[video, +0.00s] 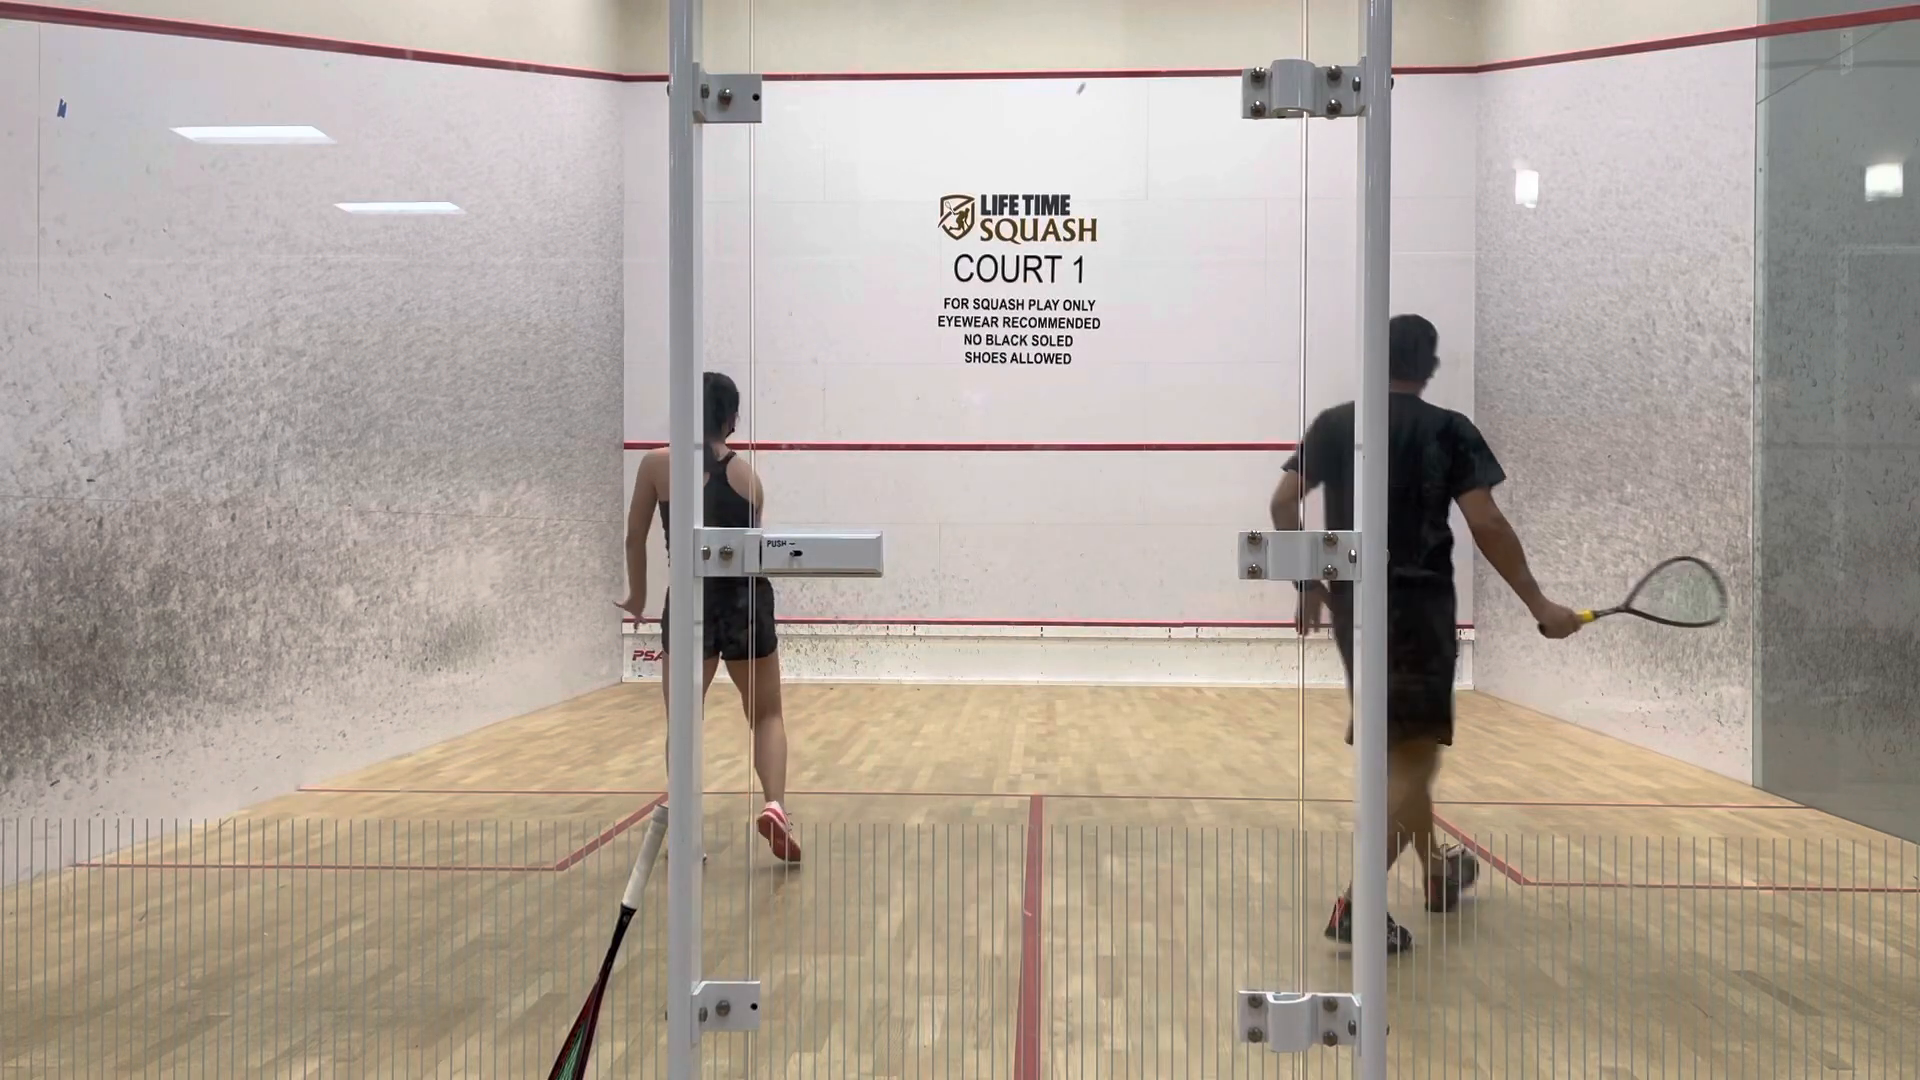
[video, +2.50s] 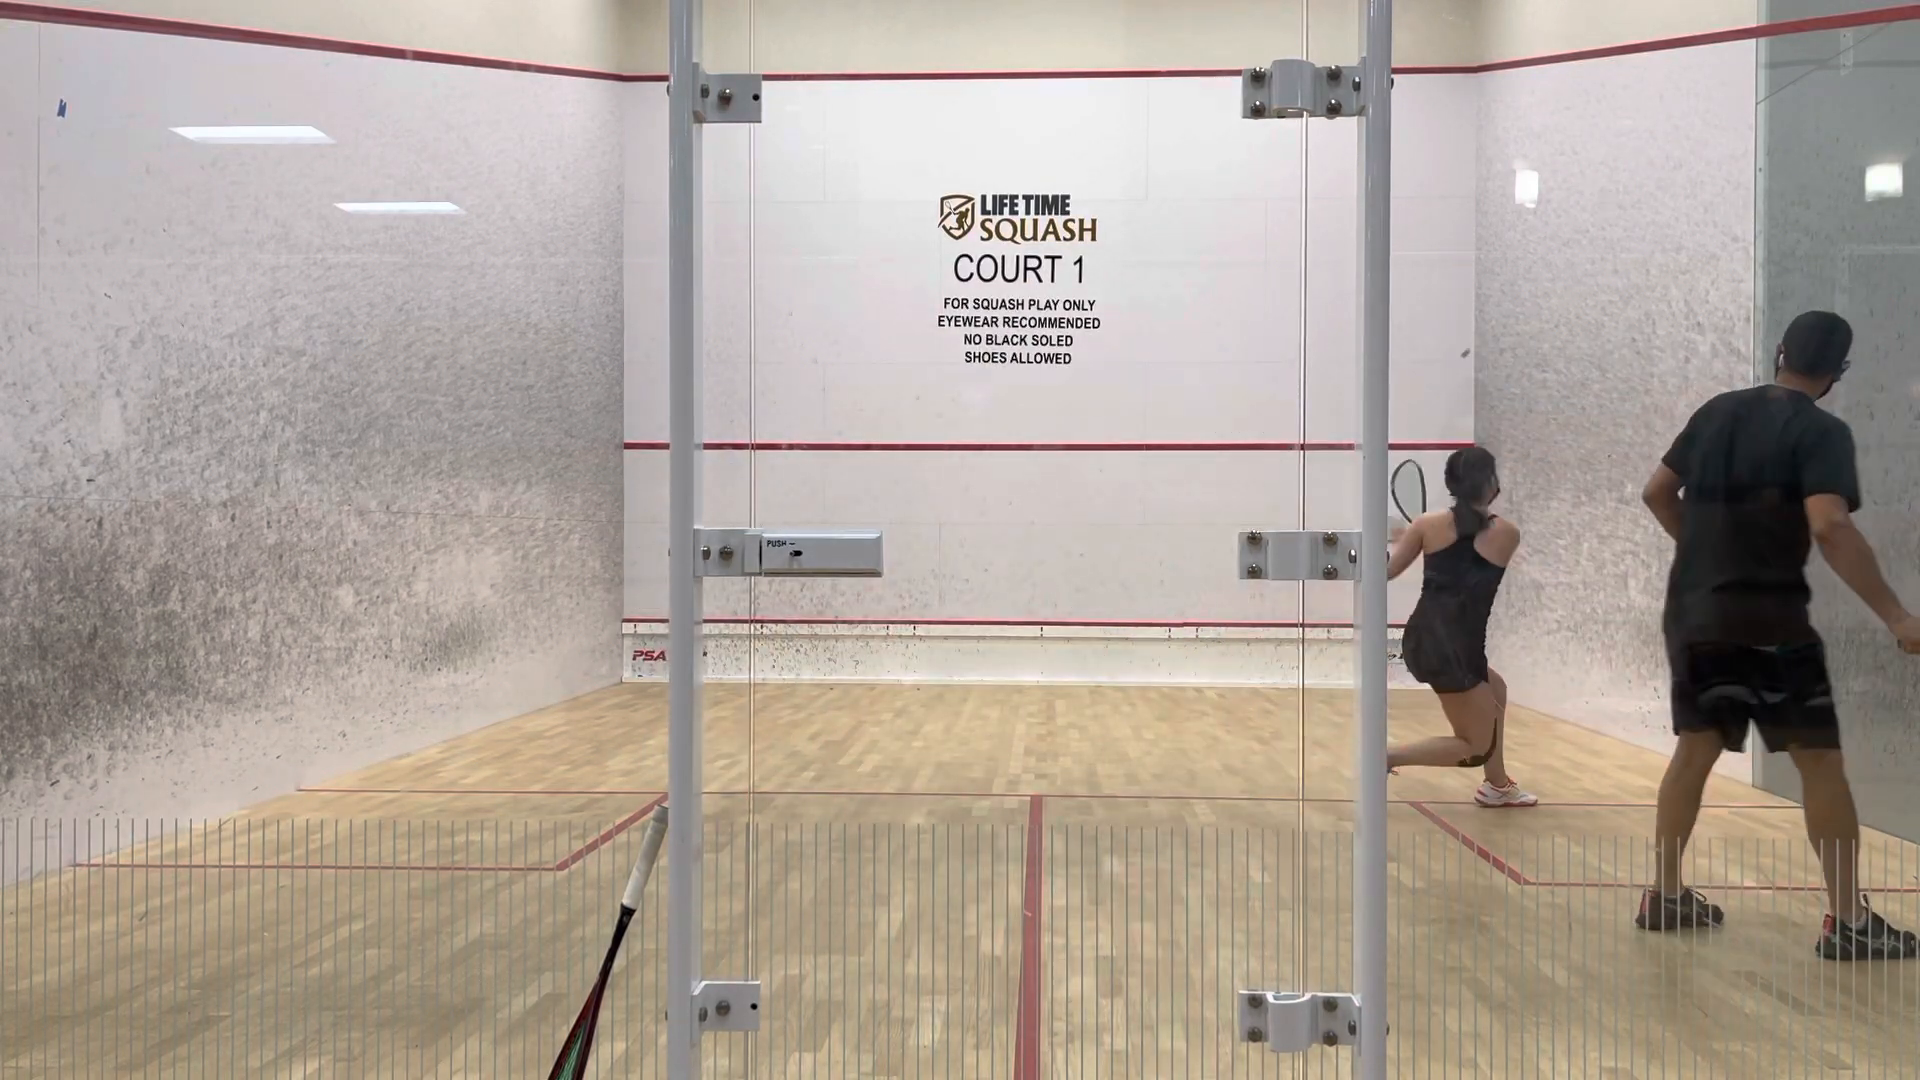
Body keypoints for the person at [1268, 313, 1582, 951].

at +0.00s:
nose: (1432, 373)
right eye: (1434, 364)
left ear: (1377, 360)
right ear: (1429, 366)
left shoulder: (1334, 422)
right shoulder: (1447, 430)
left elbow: (1283, 500)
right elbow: (1486, 524)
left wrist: (1305, 581)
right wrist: (1539, 603)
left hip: (1352, 608)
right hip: (1420, 610)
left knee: (1395, 742)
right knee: (1416, 754)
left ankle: (1436, 868)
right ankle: (1358, 903)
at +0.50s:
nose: (1545, 377)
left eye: (1526, 366)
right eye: (1560, 369)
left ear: (1513, 370)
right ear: (1568, 379)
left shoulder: (1472, 420)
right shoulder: (1567, 450)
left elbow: (1415, 445)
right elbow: (1630, 532)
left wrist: (1445, 439)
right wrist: (1712, 545)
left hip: (1455, 619)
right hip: (1523, 621)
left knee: (1467, 738)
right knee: (1608, 736)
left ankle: (1443, 875)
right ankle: (1676, 879)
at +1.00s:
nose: (1789, 340)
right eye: (1798, 331)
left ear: (1739, 328)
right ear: (1799, 338)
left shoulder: (1687, 384)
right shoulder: (1812, 396)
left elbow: (1586, 419)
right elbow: (1888, 360)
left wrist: (1521, 446)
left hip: (1656, 591)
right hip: (1745, 602)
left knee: (1583, 700)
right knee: (1760, 747)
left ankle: (1517, 817)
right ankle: (1768, 895)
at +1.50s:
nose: (1817, 336)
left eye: (1797, 320)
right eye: (1838, 329)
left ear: (1780, 325)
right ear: (1843, 334)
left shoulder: (1727, 387)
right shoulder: (1868, 407)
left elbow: (1646, 463)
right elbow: (1872, 509)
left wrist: (1664, 508)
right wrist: (1880, 611)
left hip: (1731, 607)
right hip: (1822, 612)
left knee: (1730, 736)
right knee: (1824, 745)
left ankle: (1723, 893)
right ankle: (1787, 893)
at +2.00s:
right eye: (1874, 341)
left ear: (1815, 337)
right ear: (1875, 348)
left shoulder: (1756, 399)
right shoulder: (1892, 416)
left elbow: (1705, 492)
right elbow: (1901, 516)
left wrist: (1752, 542)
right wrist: (1917, 592)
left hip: (1764, 611)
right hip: (1854, 613)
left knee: (1752, 743)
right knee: (1859, 756)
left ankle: (1722, 865)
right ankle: (1853, 919)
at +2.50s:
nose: (1835, 377)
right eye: (1840, 370)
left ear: (1779, 358)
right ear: (1836, 374)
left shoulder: (1720, 409)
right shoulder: (1821, 428)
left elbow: (1657, 492)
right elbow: (1829, 524)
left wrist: (1699, 544)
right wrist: (1897, 616)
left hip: (1696, 619)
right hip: (1773, 622)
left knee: (1696, 744)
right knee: (1820, 761)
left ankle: (1664, 893)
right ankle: (1848, 917)